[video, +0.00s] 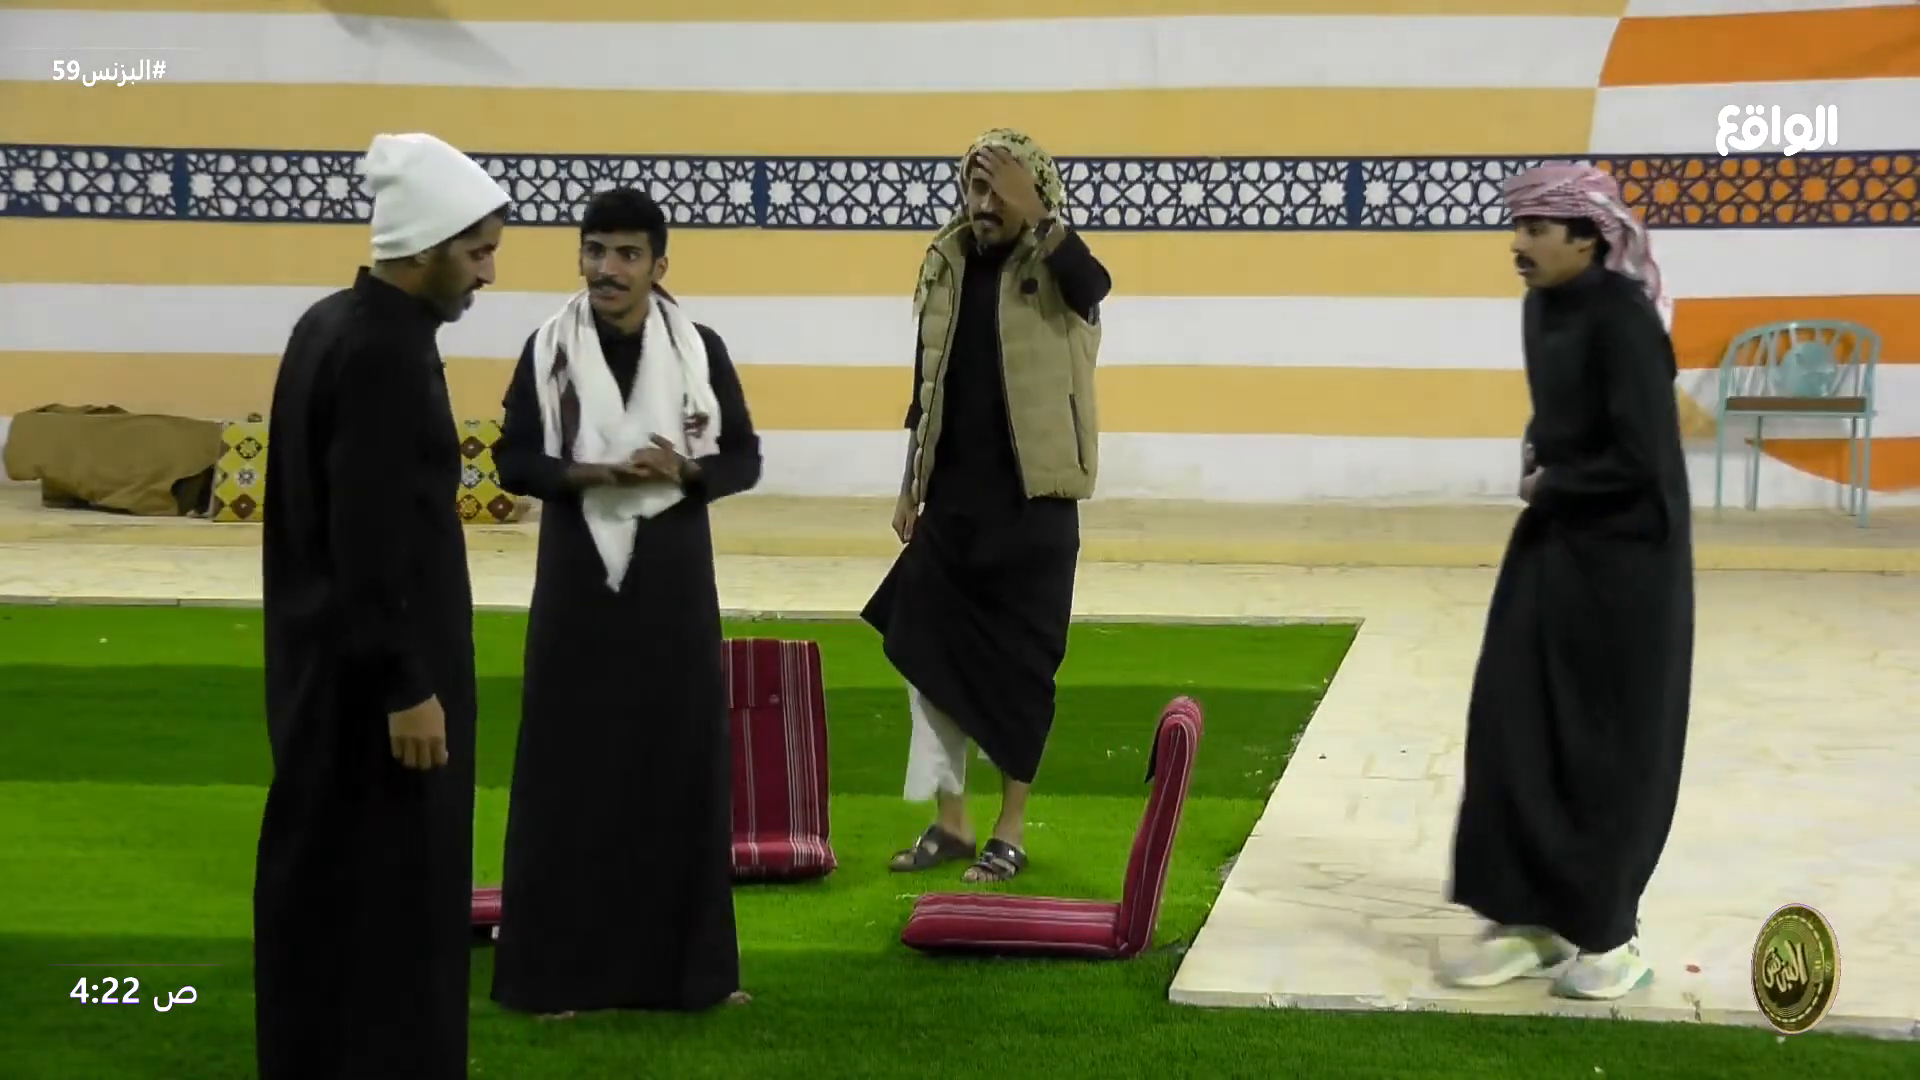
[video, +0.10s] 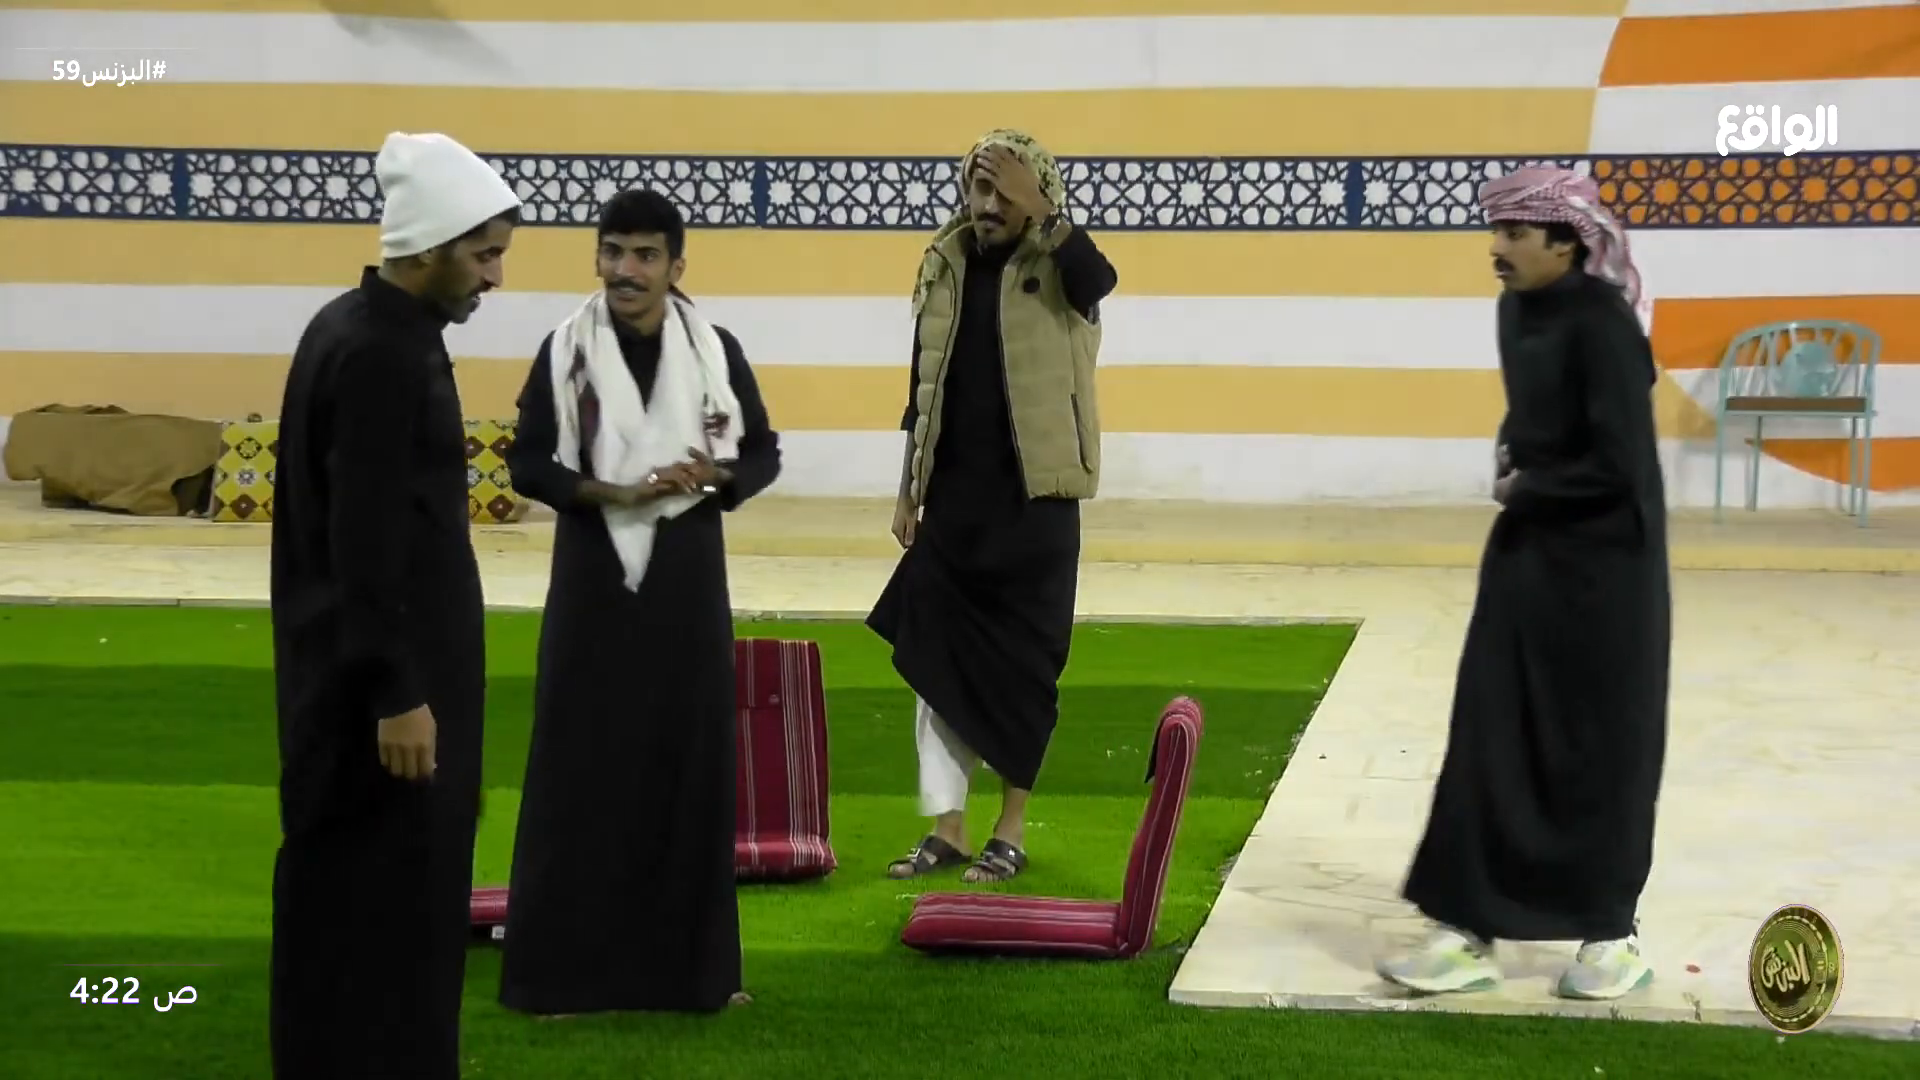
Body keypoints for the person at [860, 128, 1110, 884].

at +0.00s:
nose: (980, 201)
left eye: (995, 188)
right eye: (973, 187)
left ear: (1035, 195)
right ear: (963, 192)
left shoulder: (1061, 260)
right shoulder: (944, 266)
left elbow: (1089, 289)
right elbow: (926, 388)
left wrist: (1039, 215)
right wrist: (910, 488)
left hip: (1036, 494)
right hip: (953, 492)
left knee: (1024, 658)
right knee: (929, 646)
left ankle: (1009, 833)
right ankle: (951, 823)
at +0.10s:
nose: (986, 204)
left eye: (1002, 192)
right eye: (977, 189)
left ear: (1039, 199)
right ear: (965, 192)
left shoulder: (1063, 261)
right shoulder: (942, 265)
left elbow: (1092, 284)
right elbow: (922, 385)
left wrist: (1047, 213)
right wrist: (908, 486)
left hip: (1036, 497)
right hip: (952, 495)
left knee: (1026, 660)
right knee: (935, 655)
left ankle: (1009, 833)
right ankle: (947, 830)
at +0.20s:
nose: (993, 202)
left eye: (1009, 192)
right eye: (984, 187)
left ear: (1041, 199)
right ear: (968, 190)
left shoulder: (1061, 258)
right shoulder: (941, 262)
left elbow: (1101, 271)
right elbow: (918, 383)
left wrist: (1060, 210)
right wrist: (905, 485)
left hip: (1035, 497)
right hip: (949, 494)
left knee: (1024, 660)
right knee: (927, 655)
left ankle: (1008, 834)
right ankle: (947, 831)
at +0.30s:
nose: (995, 200)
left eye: (1011, 190)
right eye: (985, 185)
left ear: (1041, 199)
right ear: (969, 189)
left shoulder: (1060, 257)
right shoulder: (941, 260)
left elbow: (1101, 266)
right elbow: (914, 381)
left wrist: (1059, 205)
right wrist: (901, 484)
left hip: (1033, 492)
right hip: (947, 490)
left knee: (1022, 658)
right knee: (926, 655)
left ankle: (1008, 833)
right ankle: (946, 831)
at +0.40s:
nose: (999, 204)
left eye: (1015, 194)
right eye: (990, 188)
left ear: (1043, 200)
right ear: (971, 186)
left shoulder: (1059, 258)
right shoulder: (939, 258)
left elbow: (1098, 263)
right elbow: (911, 379)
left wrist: (1059, 203)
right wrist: (897, 483)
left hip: (1028, 493)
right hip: (945, 490)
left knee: (1020, 657)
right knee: (925, 654)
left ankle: (1008, 832)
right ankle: (947, 830)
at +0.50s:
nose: (999, 209)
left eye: (1015, 200)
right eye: (991, 193)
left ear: (1044, 202)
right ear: (972, 186)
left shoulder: (1058, 257)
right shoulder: (938, 255)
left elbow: (1093, 264)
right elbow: (911, 376)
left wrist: (1054, 206)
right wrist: (896, 482)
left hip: (1027, 493)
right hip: (943, 489)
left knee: (1020, 658)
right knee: (927, 656)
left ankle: (1007, 833)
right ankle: (947, 830)